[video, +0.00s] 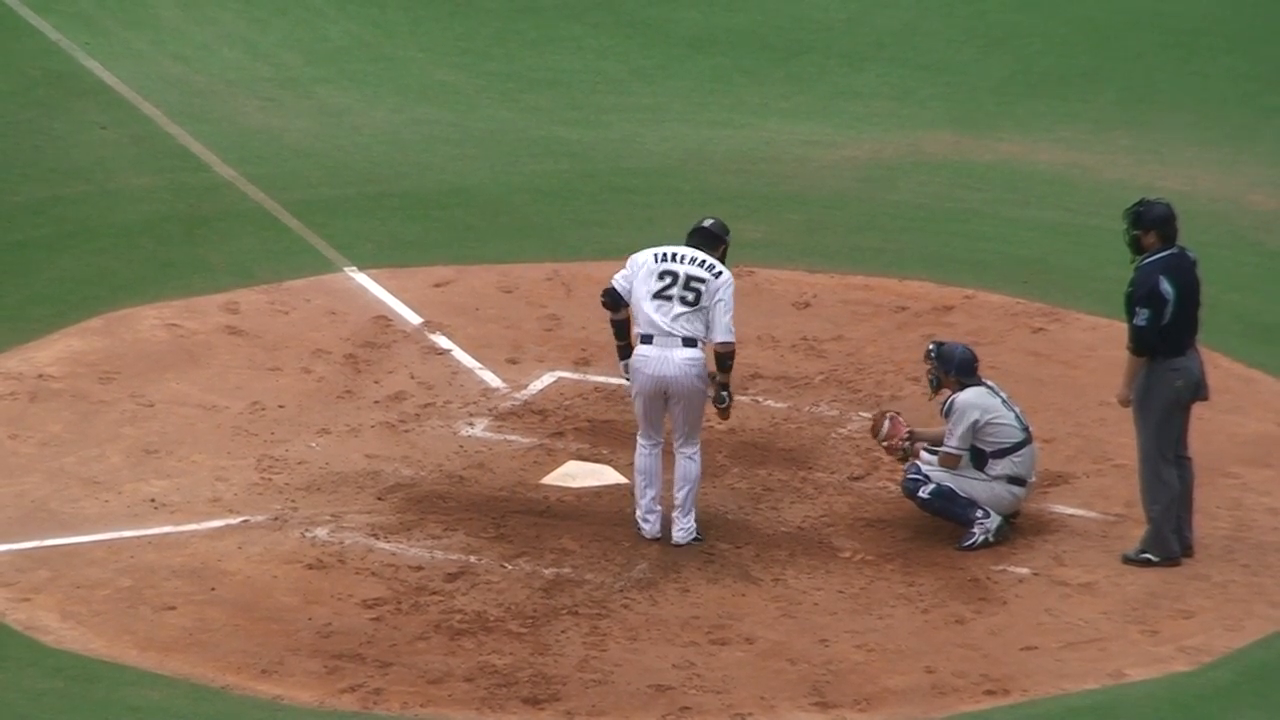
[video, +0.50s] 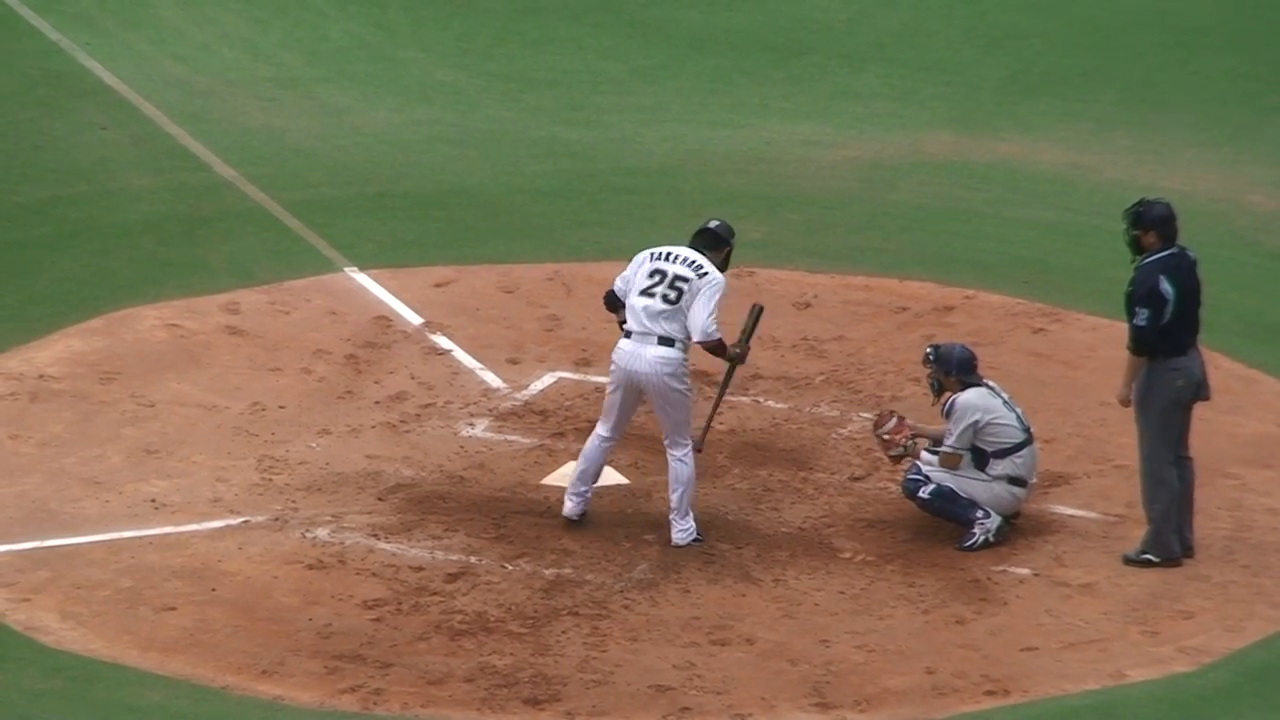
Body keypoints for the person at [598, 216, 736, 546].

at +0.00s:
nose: (725, 254)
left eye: (725, 249)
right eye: (725, 249)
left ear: (689, 239)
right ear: (718, 248)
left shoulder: (646, 257)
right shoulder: (720, 276)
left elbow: (613, 298)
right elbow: (723, 345)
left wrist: (625, 353)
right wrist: (723, 387)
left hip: (646, 357)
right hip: (688, 362)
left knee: (648, 439)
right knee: (687, 444)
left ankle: (649, 521)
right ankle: (683, 527)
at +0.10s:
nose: (731, 257)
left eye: (731, 251)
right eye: (731, 251)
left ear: (696, 240)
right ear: (724, 249)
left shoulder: (651, 255)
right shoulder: (723, 278)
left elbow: (617, 296)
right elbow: (722, 345)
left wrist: (629, 344)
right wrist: (722, 387)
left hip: (642, 354)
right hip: (685, 361)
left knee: (646, 438)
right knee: (687, 444)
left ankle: (646, 520)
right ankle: (683, 527)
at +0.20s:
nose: (734, 257)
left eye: (734, 251)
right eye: (734, 251)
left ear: (701, 239)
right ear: (727, 249)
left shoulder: (654, 253)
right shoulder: (724, 278)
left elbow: (618, 293)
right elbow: (720, 346)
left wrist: (631, 336)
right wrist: (722, 383)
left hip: (640, 353)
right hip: (682, 360)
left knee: (641, 432)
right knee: (686, 444)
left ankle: (637, 517)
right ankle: (683, 527)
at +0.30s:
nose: (735, 259)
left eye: (735, 253)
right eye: (735, 253)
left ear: (702, 240)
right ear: (728, 251)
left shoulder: (655, 254)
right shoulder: (723, 279)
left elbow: (617, 292)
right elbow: (718, 347)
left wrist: (632, 334)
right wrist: (725, 378)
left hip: (637, 352)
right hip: (679, 361)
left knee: (632, 431)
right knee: (684, 444)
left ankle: (612, 512)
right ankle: (683, 528)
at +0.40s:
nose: (732, 261)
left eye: (733, 255)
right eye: (733, 255)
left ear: (699, 242)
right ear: (726, 252)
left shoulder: (654, 255)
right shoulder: (719, 279)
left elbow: (614, 294)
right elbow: (712, 342)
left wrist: (628, 325)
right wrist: (727, 370)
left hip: (632, 353)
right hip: (674, 362)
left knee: (618, 430)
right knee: (682, 446)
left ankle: (588, 507)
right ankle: (682, 531)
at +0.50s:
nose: (726, 261)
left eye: (727, 255)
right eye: (727, 254)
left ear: (694, 240)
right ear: (719, 250)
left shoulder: (651, 254)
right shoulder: (711, 276)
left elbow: (612, 298)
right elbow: (703, 334)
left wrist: (629, 317)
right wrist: (728, 354)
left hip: (626, 351)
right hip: (666, 359)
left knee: (605, 431)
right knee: (678, 445)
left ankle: (573, 503)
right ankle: (682, 529)